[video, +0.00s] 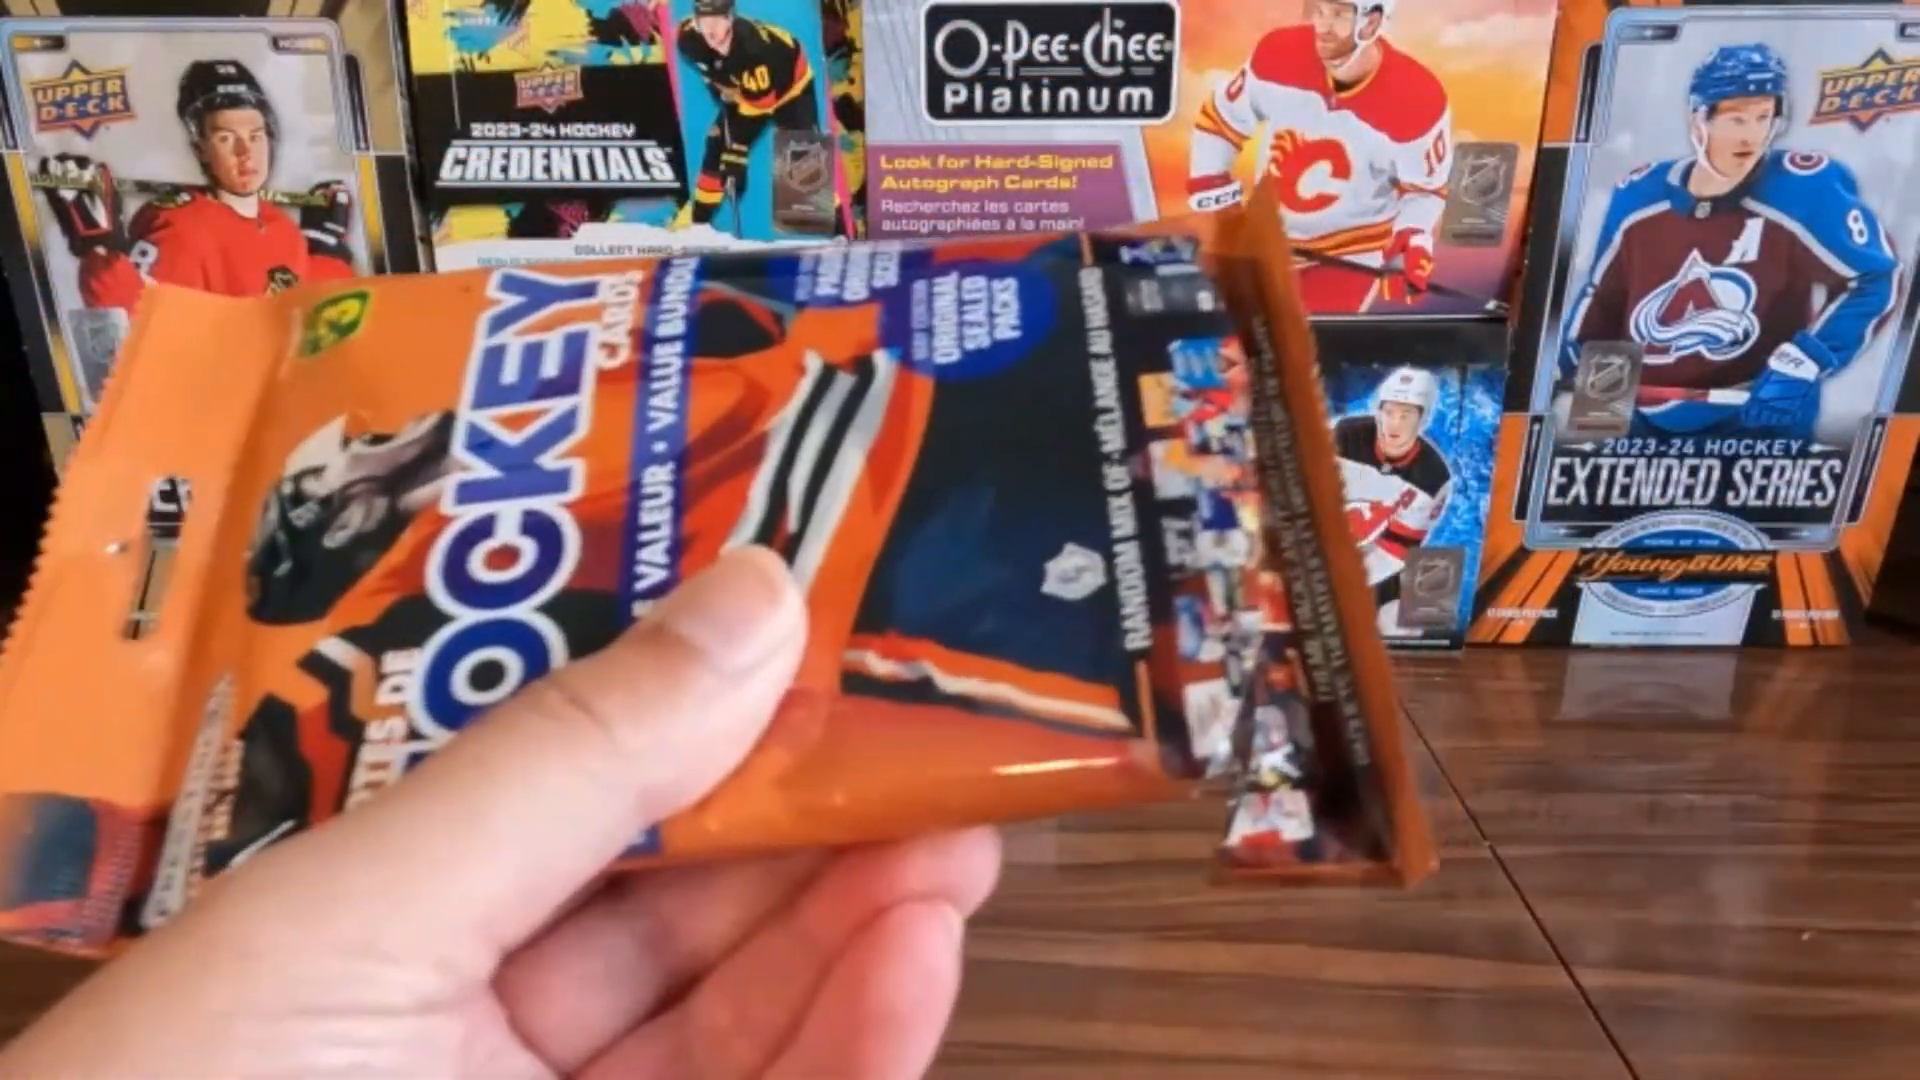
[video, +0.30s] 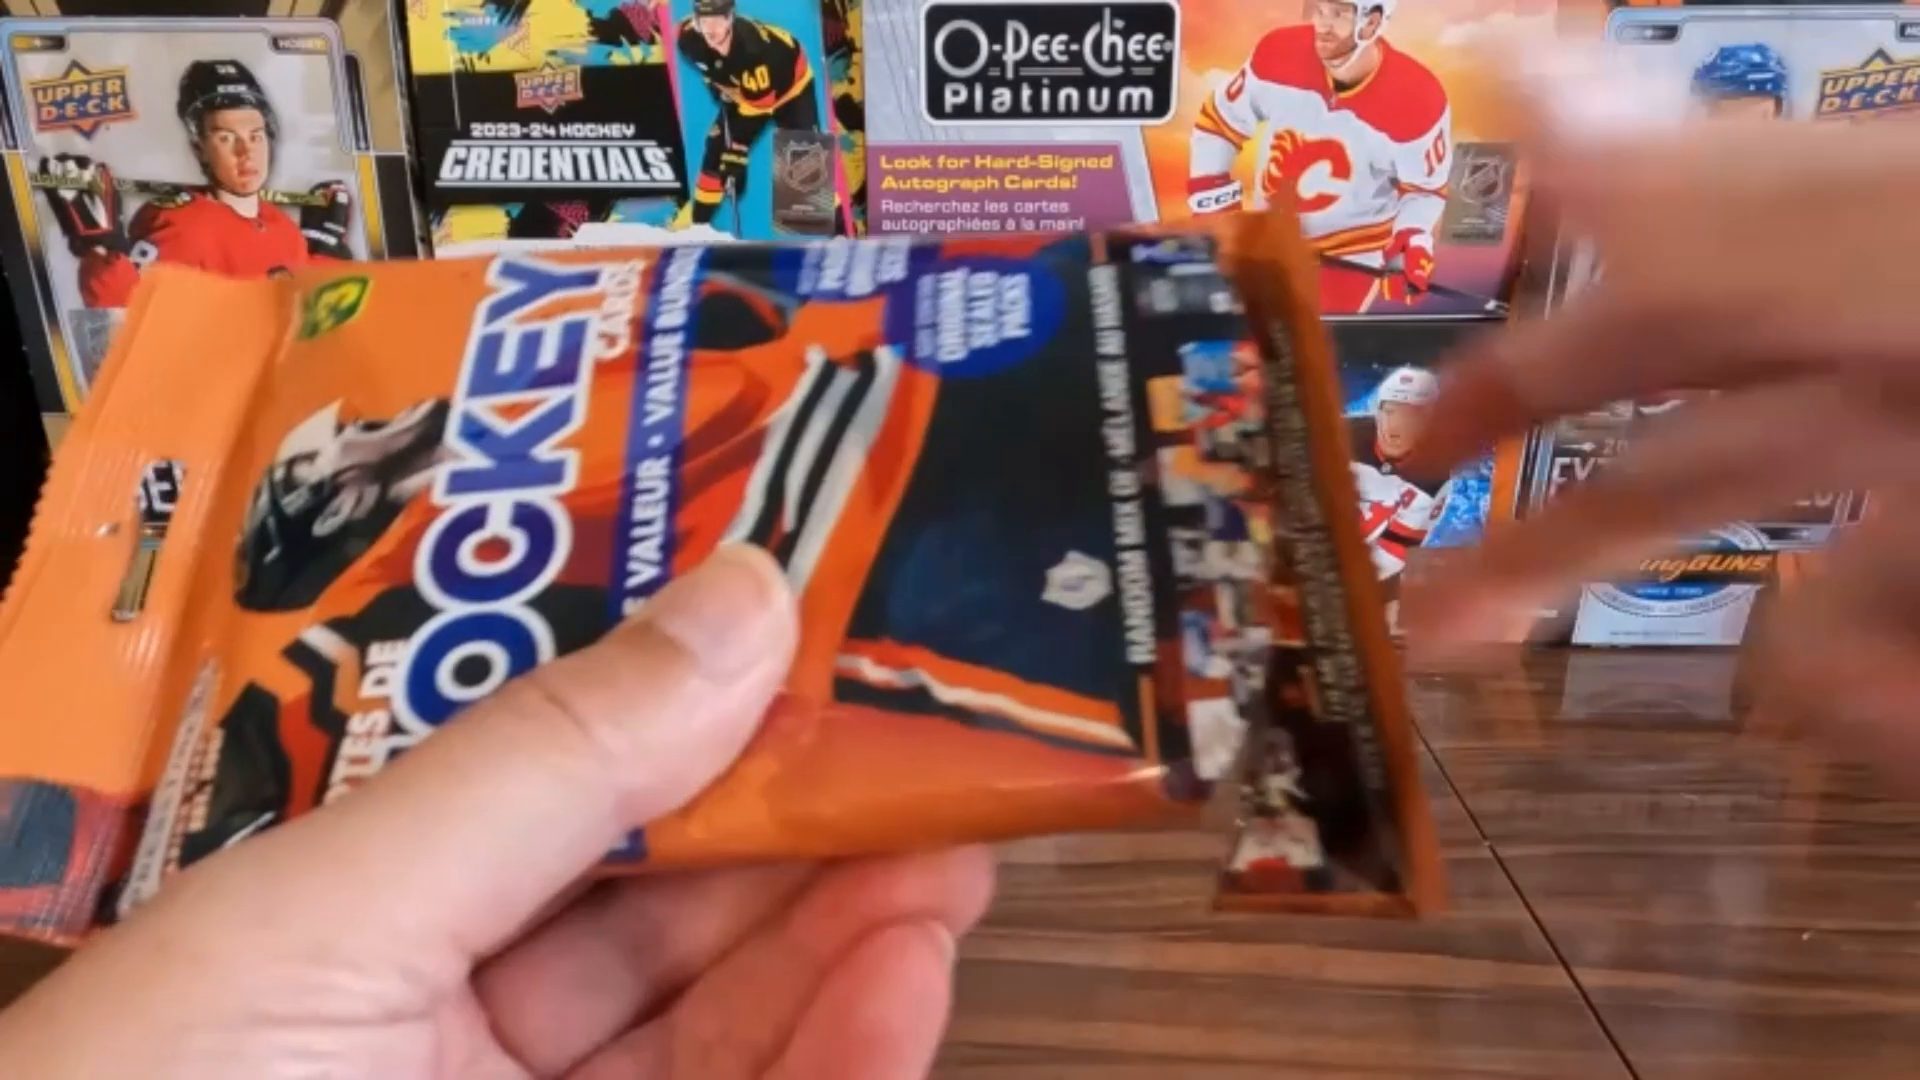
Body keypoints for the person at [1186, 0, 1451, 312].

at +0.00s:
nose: (1323, 27)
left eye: (1339, 14)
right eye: (1317, 11)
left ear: (1373, 21)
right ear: (1309, 11)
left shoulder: (1416, 96)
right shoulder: (1276, 56)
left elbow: (1423, 190)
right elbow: (1216, 125)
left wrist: (1414, 248)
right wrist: (1221, 215)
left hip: (1356, 259)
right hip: (1269, 248)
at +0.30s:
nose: (1322, 26)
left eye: (1339, 14)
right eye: (1317, 11)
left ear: (1373, 23)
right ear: (1308, 10)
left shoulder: (1417, 96)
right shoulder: (1277, 55)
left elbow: (1424, 190)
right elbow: (1216, 126)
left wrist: (1413, 250)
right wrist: (1217, 217)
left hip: (1354, 260)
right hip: (1270, 245)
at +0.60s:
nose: (1323, 26)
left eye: (1339, 14)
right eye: (1318, 11)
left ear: (1373, 22)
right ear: (1309, 11)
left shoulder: (1417, 96)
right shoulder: (1277, 55)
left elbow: (1423, 191)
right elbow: (1216, 124)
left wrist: (1415, 249)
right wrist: (1213, 202)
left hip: (1347, 261)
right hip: (1261, 249)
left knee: (1288, 365)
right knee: (1222, 358)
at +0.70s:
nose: (1323, 26)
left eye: (1339, 14)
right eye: (1318, 11)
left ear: (1373, 22)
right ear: (1309, 10)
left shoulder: (1417, 96)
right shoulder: (1277, 55)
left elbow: (1423, 191)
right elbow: (1216, 125)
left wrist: (1415, 249)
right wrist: (1213, 202)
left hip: (1347, 261)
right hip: (1261, 248)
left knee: (1288, 364)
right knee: (1222, 358)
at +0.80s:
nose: (1323, 26)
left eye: (1339, 14)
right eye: (1318, 11)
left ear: (1373, 22)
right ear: (1309, 11)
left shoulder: (1417, 96)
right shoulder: (1277, 55)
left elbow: (1423, 190)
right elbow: (1216, 124)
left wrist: (1415, 249)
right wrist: (1213, 202)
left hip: (1347, 261)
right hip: (1261, 248)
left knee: (1288, 365)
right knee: (1222, 357)